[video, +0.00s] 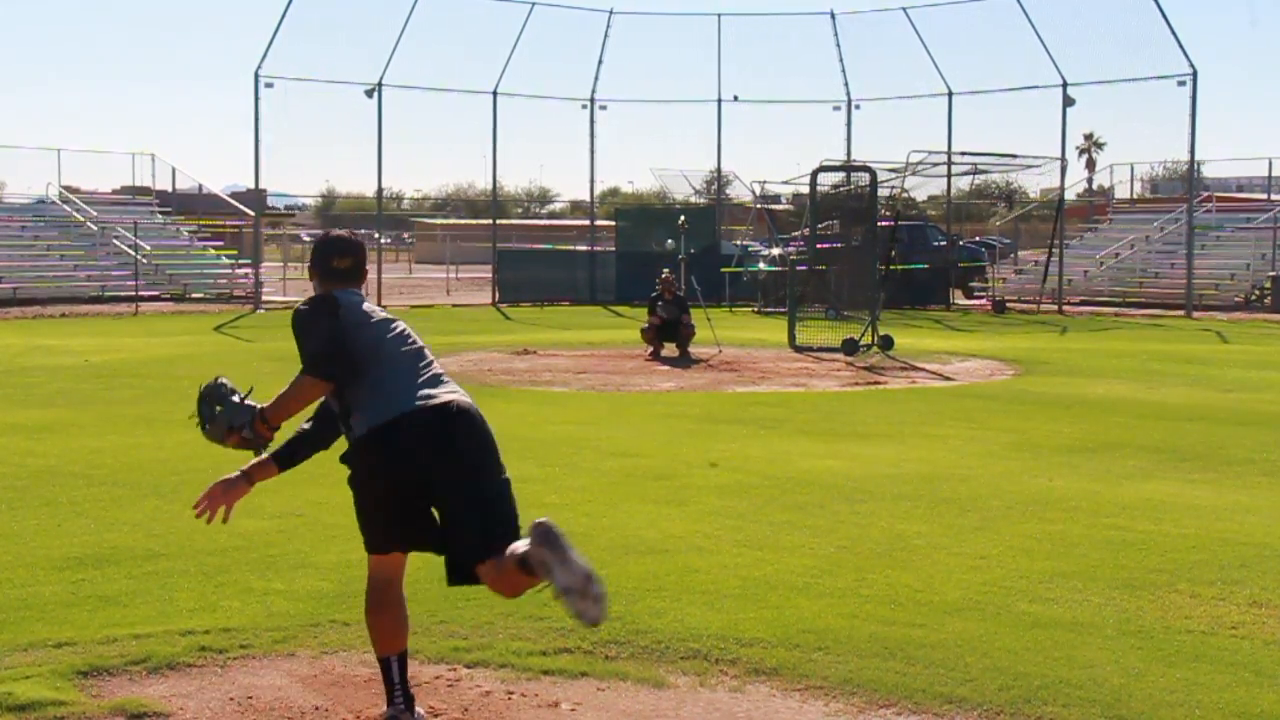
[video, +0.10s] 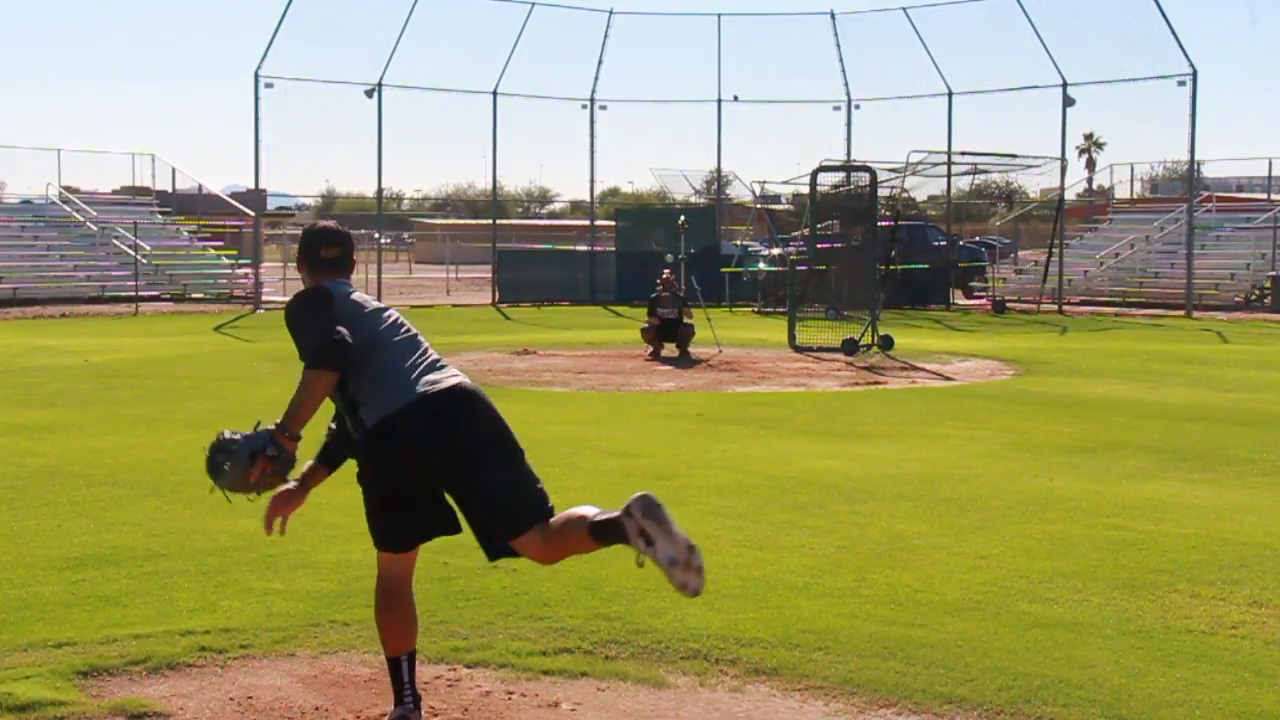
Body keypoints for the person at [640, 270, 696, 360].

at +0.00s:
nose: (667, 286)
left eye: (670, 283)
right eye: (664, 283)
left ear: (674, 285)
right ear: (660, 285)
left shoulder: (680, 299)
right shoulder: (654, 299)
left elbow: (686, 316)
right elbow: (651, 318)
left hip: (677, 326)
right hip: (661, 326)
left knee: (688, 328)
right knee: (646, 331)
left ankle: (683, 349)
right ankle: (657, 347)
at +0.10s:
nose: (667, 285)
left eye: (670, 282)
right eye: (665, 283)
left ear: (674, 284)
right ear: (661, 284)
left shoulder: (679, 298)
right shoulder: (654, 299)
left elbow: (690, 316)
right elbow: (650, 318)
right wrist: (659, 321)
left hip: (675, 326)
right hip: (660, 325)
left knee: (689, 329)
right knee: (646, 331)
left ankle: (683, 350)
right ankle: (656, 348)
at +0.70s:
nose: (666, 287)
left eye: (669, 284)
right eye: (664, 284)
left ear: (673, 284)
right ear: (659, 285)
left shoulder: (678, 296)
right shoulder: (655, 297)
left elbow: (687, 305)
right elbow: (649, 317)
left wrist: (680, 306)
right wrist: (651, 315)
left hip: (675, 327)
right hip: (660, 328)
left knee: (687, 331)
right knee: (645, 331)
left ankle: (683, 350)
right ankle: (656, 348)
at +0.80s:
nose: (666, 285)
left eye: (669, 282)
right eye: (663, 282)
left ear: (673, 283)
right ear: (659, 283)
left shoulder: (678, 295)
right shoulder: (655, 296)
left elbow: (685, 304)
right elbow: (649, 318)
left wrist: (679, 306)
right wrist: (649, 305)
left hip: (676, 330)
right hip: (660, 330)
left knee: (687, 332)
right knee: (645, 332)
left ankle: (683, 349)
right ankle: (656, 348)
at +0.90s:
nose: (666, 282)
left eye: (668, 279)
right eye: (663, 279)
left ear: (673, 280)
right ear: (659, 280)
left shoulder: (678, 293)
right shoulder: (655, 295)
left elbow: (681, 303)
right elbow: (646, 315)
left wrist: (675, 303)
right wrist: (638, 308)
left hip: (677, 330)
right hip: (661, 331)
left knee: (686, 334)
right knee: (646, 334)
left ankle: (682, 349)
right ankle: (656, 347)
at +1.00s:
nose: (666, 280)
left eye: (669, 277)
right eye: (663, 277)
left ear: (673, 278)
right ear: (659, 278)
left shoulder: (678, 292)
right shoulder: (657, 294)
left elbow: (678, 300)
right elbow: (644, 308)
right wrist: (631, 303)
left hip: (676, 330)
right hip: (661, 330)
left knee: (684, 337)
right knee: (646, 336)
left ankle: (683, 350)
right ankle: (656, 348)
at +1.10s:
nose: (665, 279)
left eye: (668, 276)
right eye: (662, 276)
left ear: (672, 277)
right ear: (659, 277)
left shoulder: (677, 291)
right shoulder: (656, 291)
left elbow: (678, 296)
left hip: (676, 329)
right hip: (660, 329)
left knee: (682, 341)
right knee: (645, 340)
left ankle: (684, 352)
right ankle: (654, 350)